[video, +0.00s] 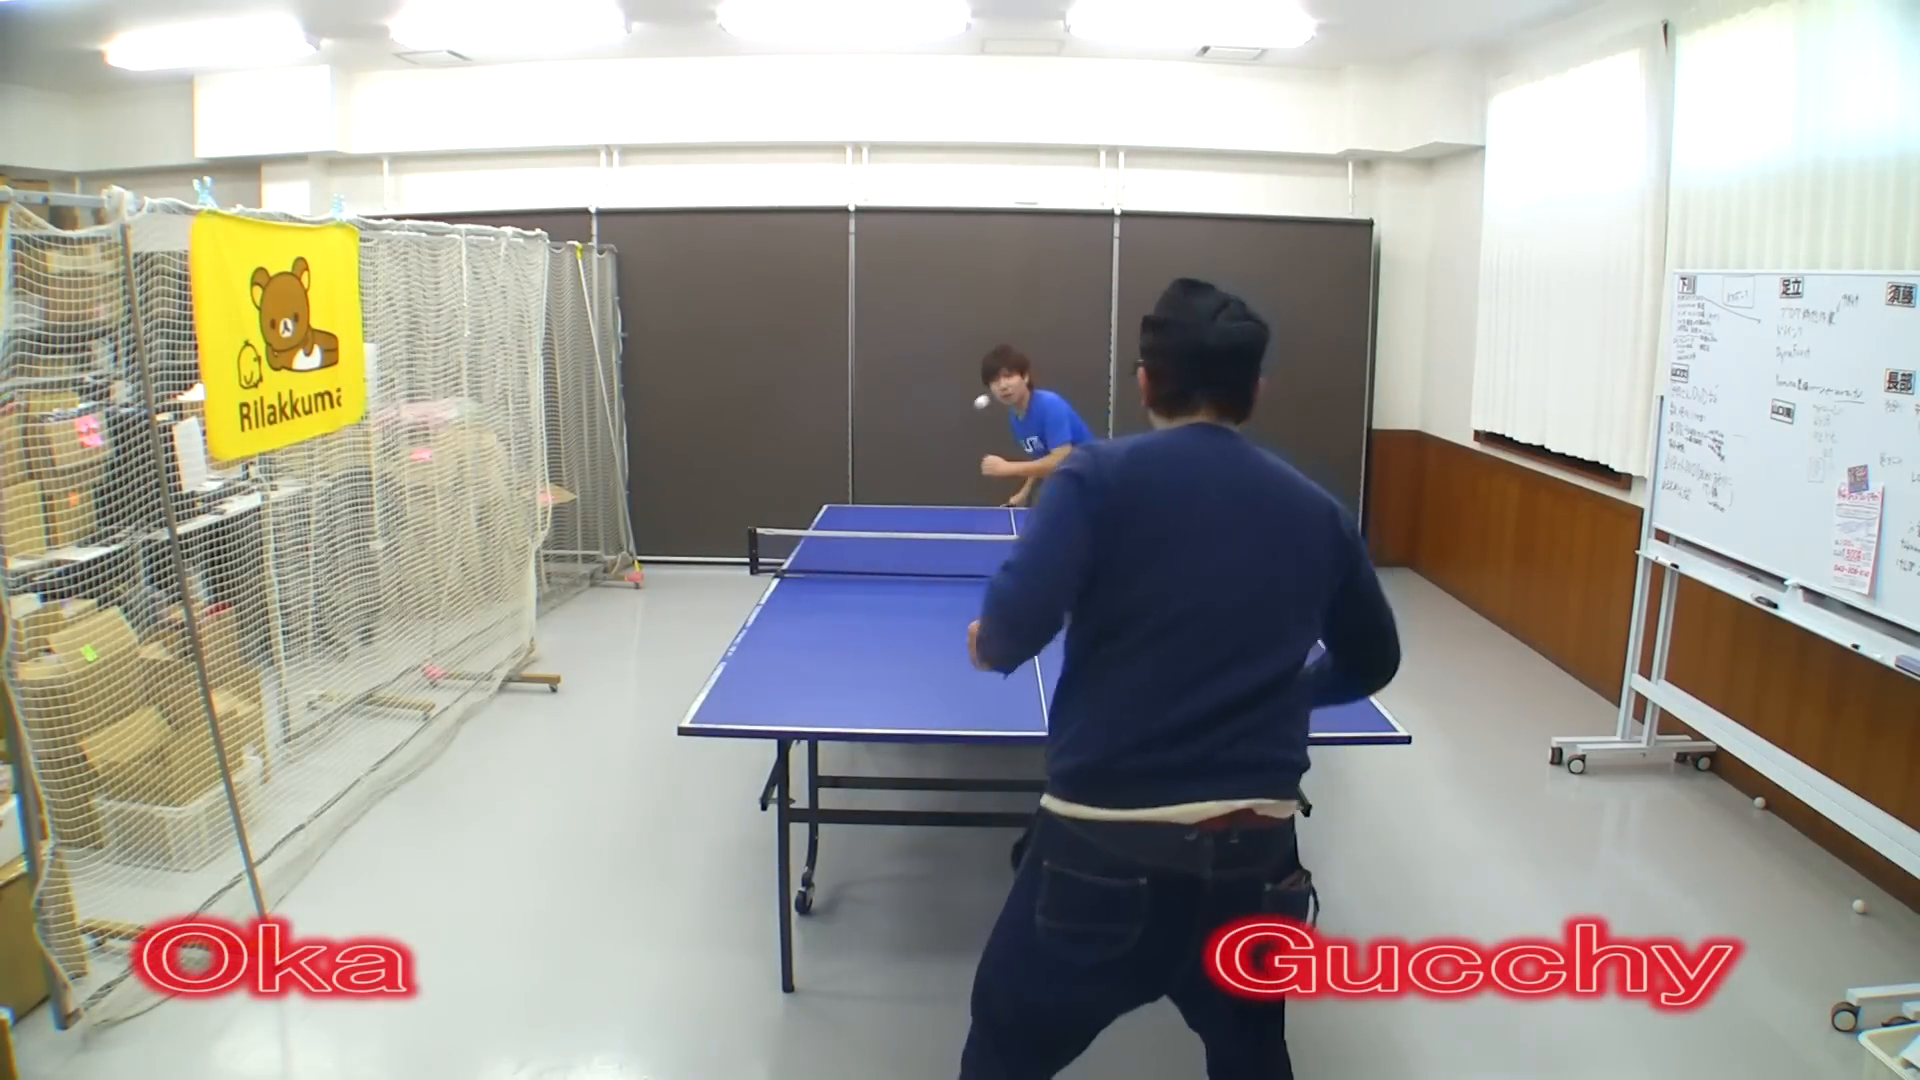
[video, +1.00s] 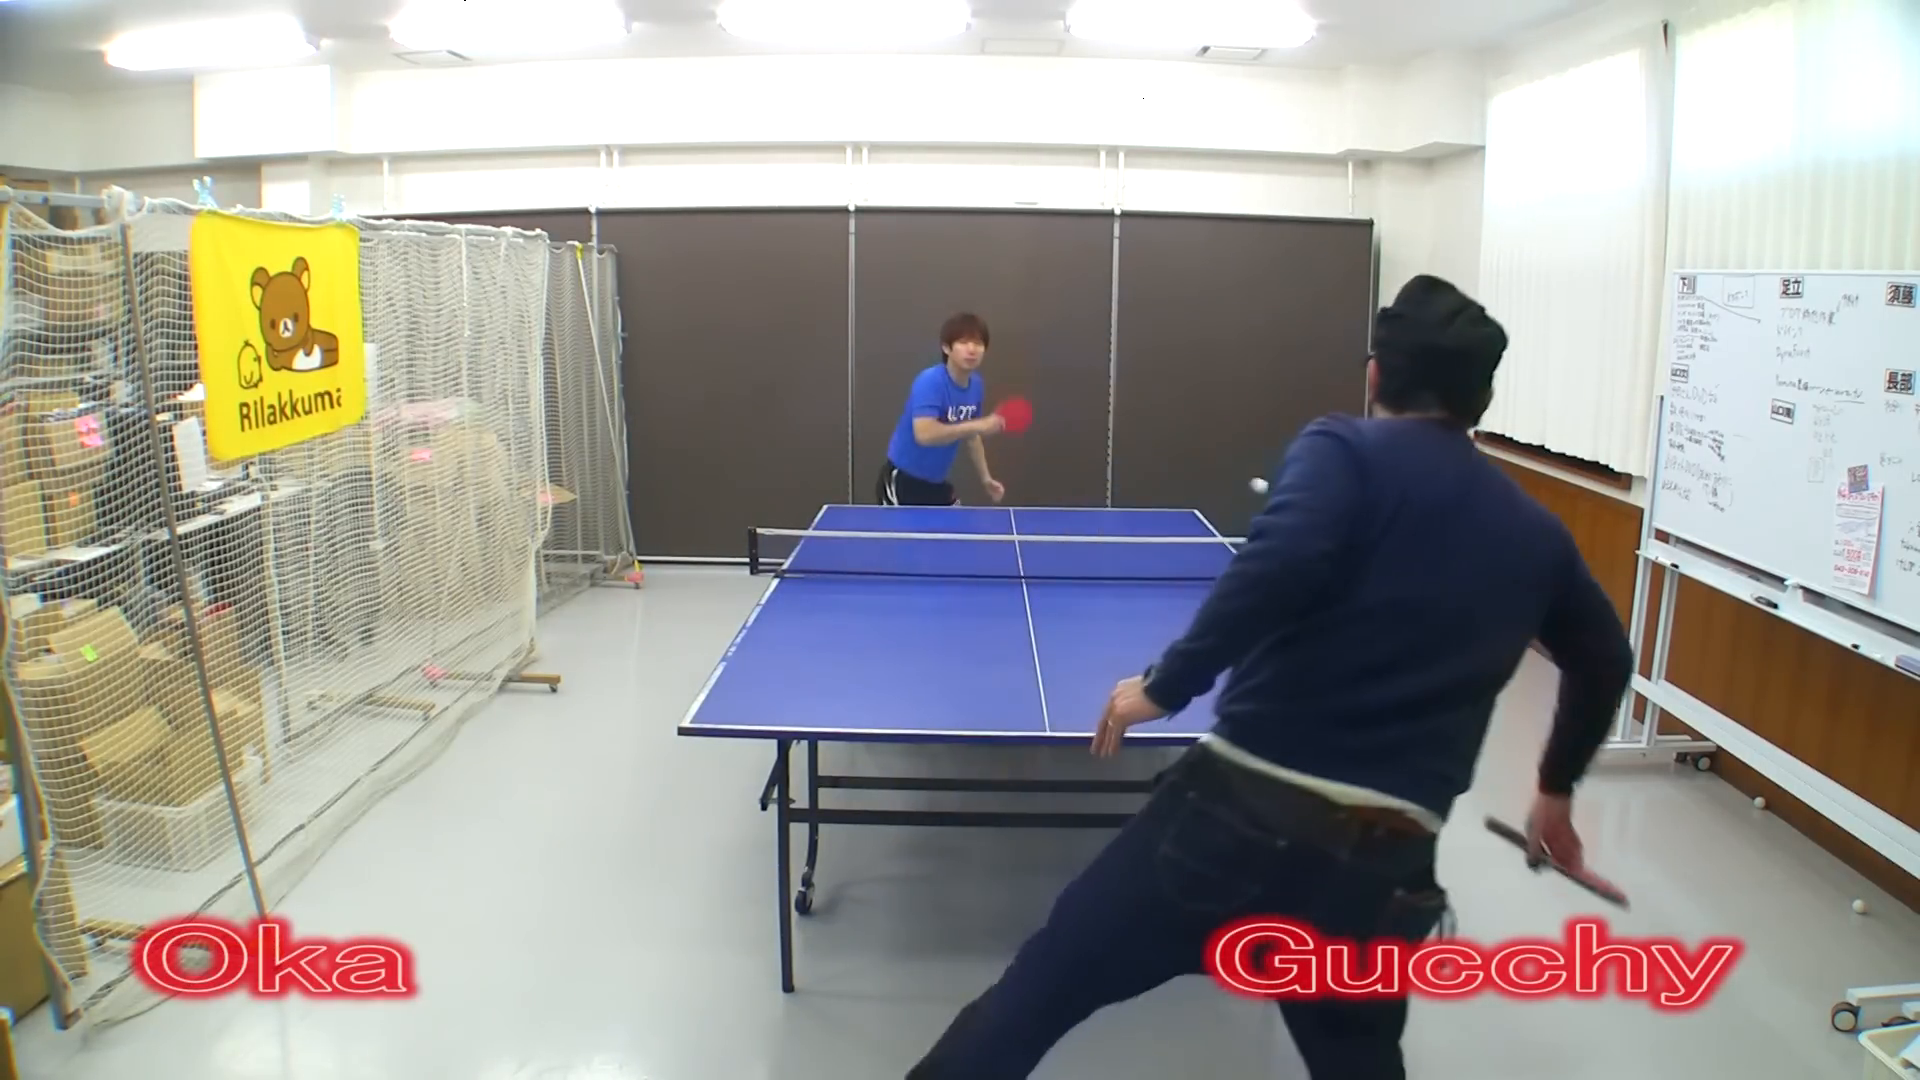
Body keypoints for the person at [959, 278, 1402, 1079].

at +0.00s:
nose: (1140, 376)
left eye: (1140, 366)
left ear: (1145, 383)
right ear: (1257, 390)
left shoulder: (1096, 477)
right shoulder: (1312, 506)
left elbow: (1018, 619)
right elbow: (1371, 657)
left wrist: (989, 644)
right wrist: (1275, 691)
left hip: (1102, 866)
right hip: (1255, 866)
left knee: (1004, 1058)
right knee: (1252, 1055)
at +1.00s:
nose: (1365, 371)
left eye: (1370, 361)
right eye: (1376, 359)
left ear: (1377, 375)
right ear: (1480, 399)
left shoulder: (1340, 449)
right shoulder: (1533, 530)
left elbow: (1285, 562)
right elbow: (1602, 659)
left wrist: (1161, 686)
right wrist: (1556, 788)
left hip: (1231, 828)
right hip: (1384, 869)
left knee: (1037, 997)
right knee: (1363, 1066)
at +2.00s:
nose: (1351, 363)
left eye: (1356, 349)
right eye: (1356, 347)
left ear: (1368, 366)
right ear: (1466, 374)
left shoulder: (1333, 484)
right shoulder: (1523, 512)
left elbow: (1302, 658)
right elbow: (1538, 678)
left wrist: (1210, 789)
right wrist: (1422, 705)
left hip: (1317, 882)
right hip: (1458, 882)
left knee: (1180, 1068)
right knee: (1450, 1069)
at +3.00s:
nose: (352, 399)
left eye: (345, 382)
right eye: (344, 384)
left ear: (234, 419)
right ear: (326, 409)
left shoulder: (290, 507)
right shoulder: (235, 565)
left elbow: (352, 547)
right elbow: (274, 676)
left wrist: (419, 577)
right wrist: (346, 569)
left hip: (229, 873)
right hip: (293, 898)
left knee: (206, 1042)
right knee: (384, 1066)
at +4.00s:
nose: (245, 371)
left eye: (239, 354)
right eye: (233, 356)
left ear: (140, 386)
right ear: (194, 381)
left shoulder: (78, 496)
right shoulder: (213, 495)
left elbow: (46, 648)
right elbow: (259, 667)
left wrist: (182, 710)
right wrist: (351, 768)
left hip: (86, 822)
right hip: (177, 830)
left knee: (113, 1030)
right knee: (286, 1055)